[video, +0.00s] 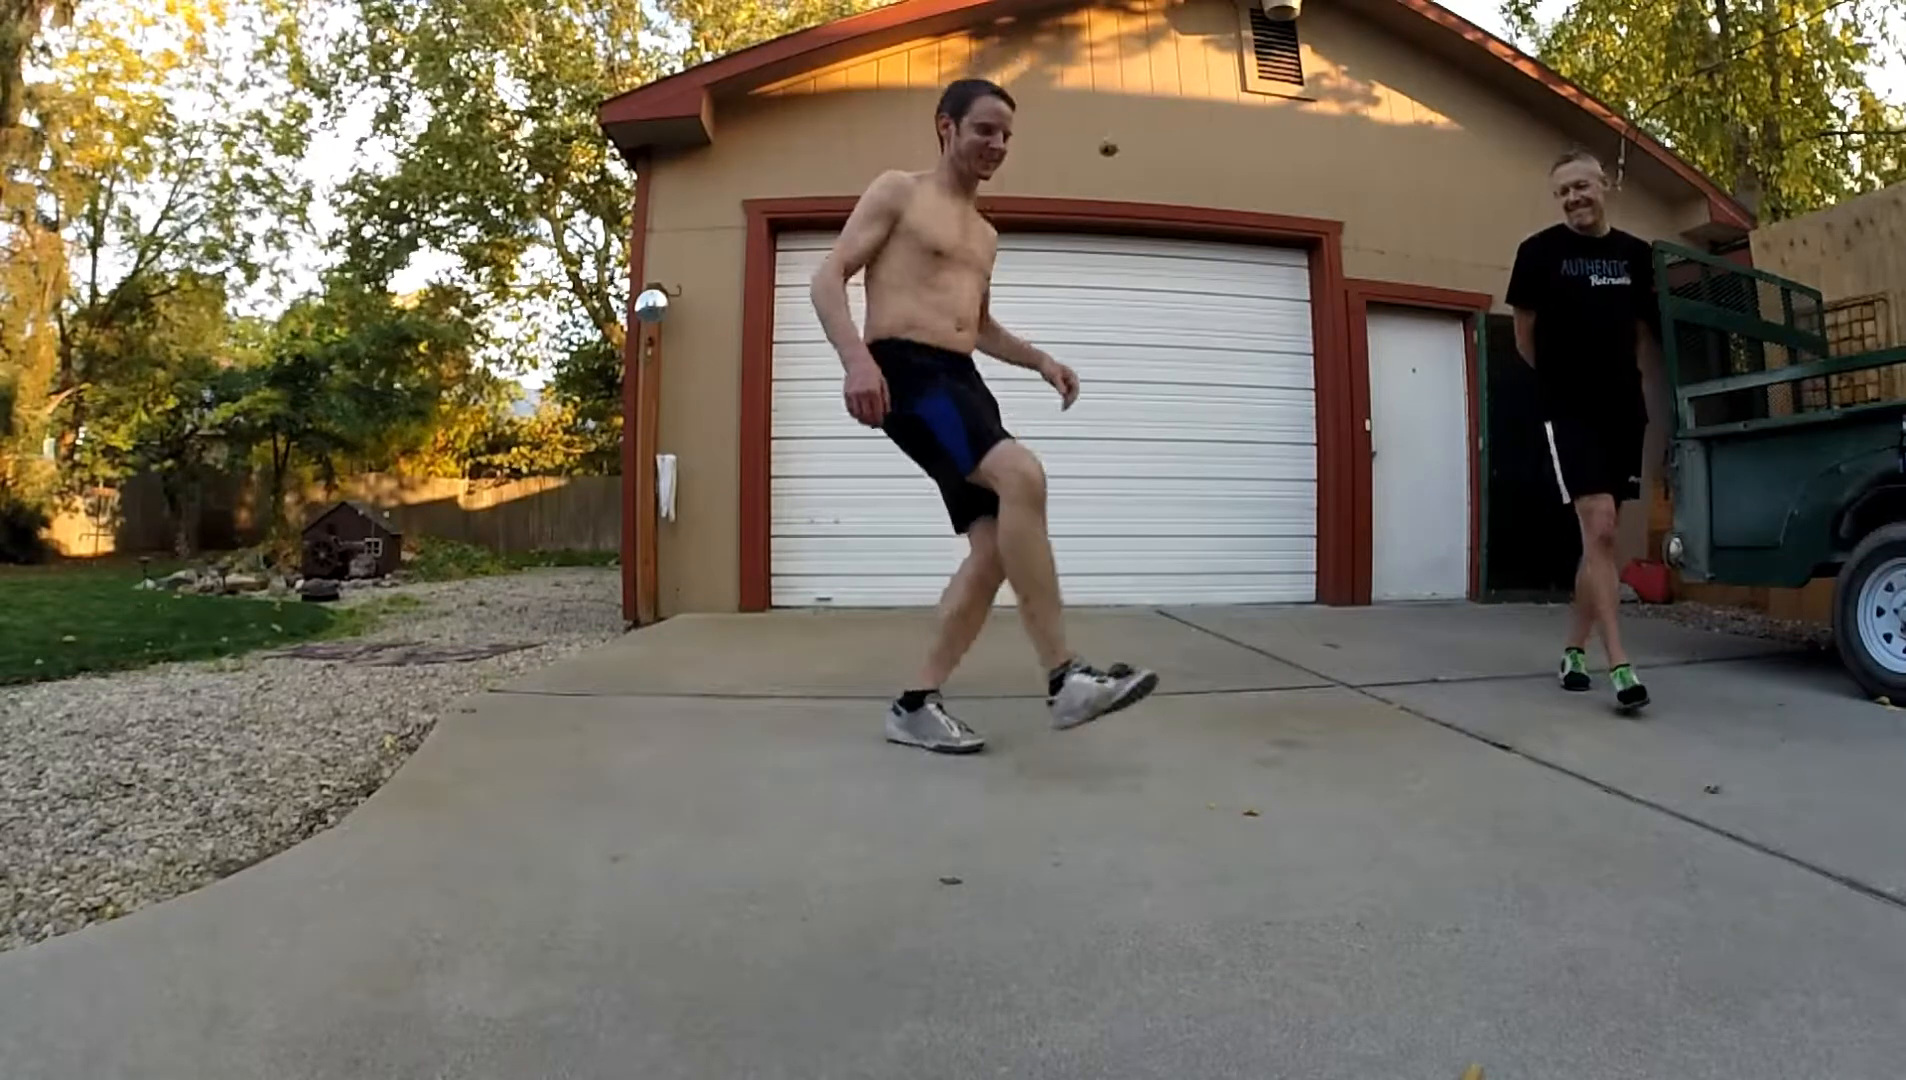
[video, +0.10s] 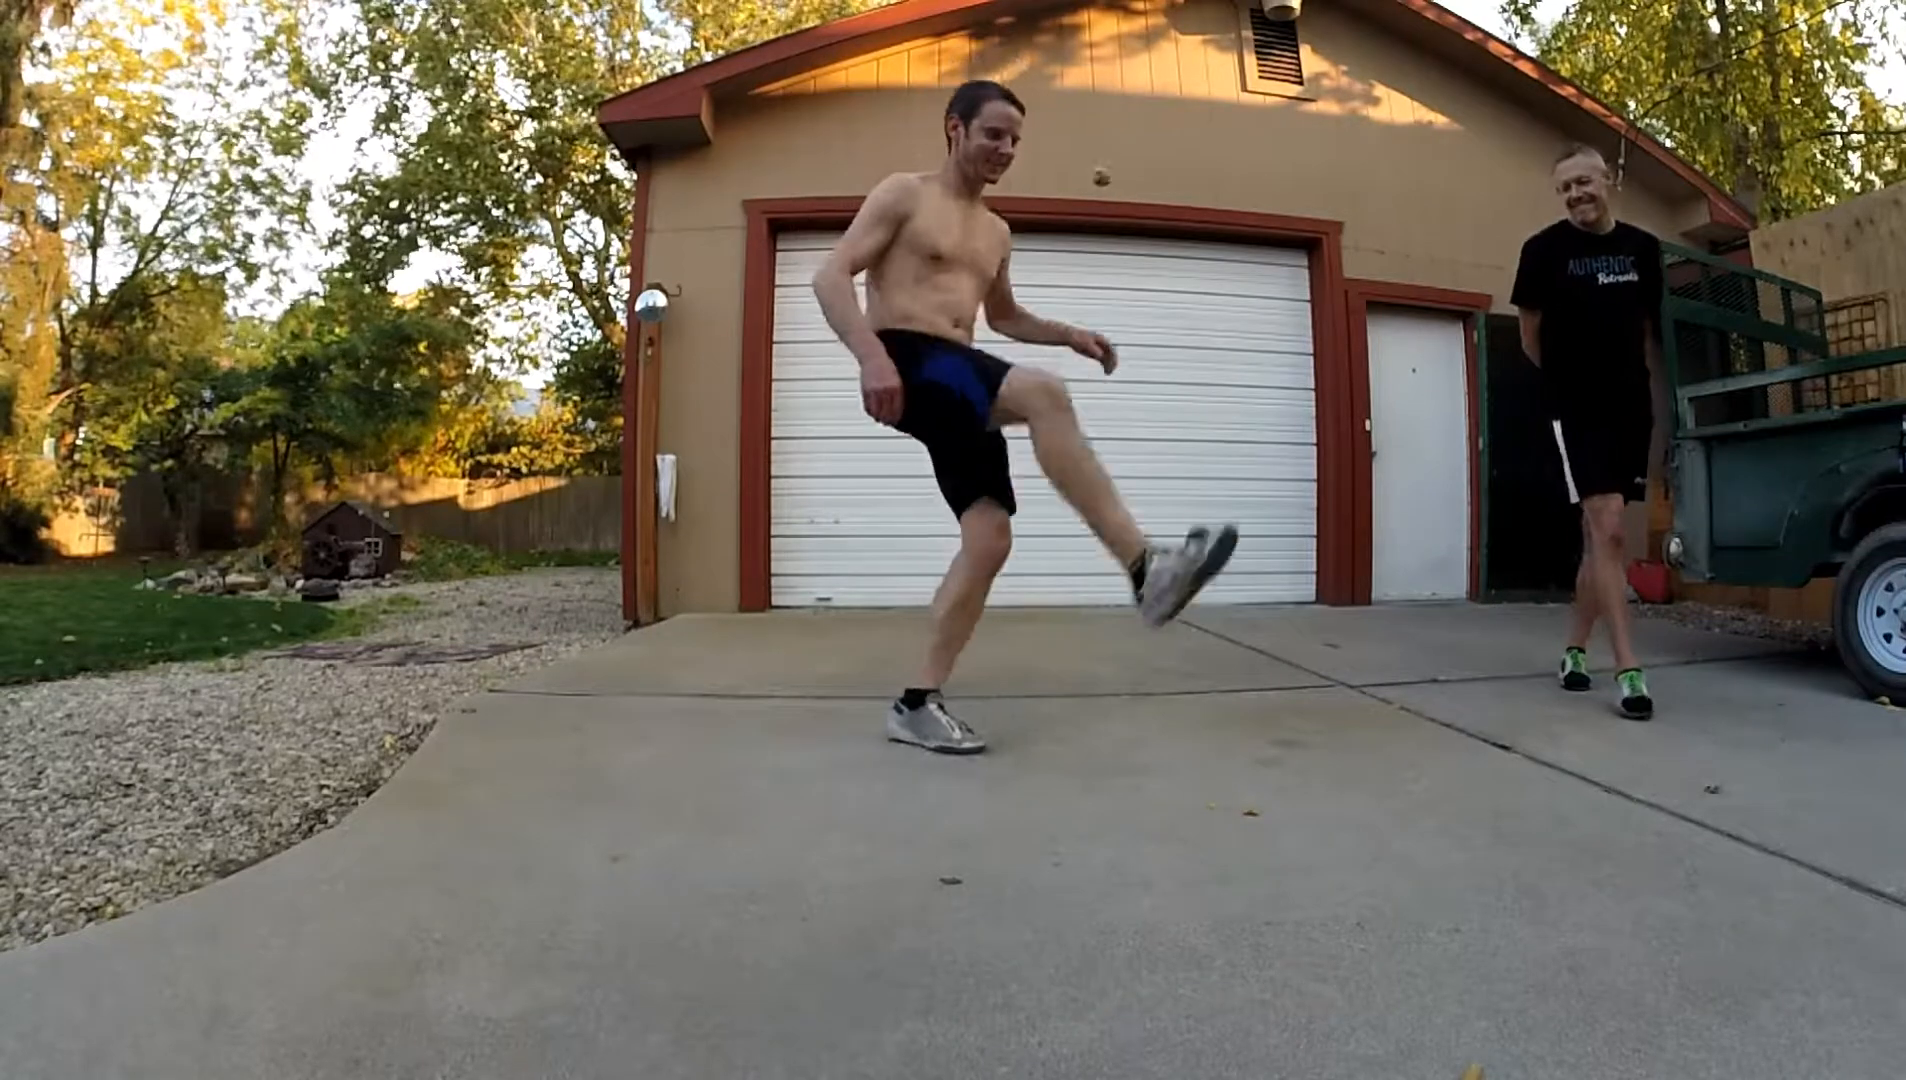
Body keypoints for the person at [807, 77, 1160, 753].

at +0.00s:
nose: (997, 144)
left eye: (1006, 135)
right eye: (985, 130)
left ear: (1009, 143)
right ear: (948, 129)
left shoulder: (984, 235)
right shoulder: (898, 190)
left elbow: (978, 325)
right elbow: (827, 278)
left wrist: (1040, 360)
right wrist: (856, 360)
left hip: (959, 377)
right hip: (906, 368)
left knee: (992, 551)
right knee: (1020, 476)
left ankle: (918, 702)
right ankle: (1063, 680)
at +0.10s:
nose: (1005, 150)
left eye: (1014, 140)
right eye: (994, 134)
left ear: (1017, 146)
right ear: (955, 130)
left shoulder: (995, 232)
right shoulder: (904, 192)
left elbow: (1003, 315)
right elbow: (829, 277)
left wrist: (1070, 335)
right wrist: (869, 354)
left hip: (957, 369)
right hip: (904, 355)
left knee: (987, 538)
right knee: (1042, 393)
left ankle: (918, 702)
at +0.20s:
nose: (1026, 133)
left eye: (1034, 123)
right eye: (1015, 118)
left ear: (1036, 125)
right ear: (974, 110)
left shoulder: (1008, 202)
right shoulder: (922, 169)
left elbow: (986, 284)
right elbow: (851, 246)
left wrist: (1053, 300)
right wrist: (905, 316)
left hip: (959, 357)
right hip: (900, 337)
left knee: (970, 515)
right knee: (1028, 274)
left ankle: (931, 688)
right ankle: (1124, 433)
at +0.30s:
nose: (1032, 120)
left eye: (1040, 111)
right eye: (1022, 105)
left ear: (1043, 116)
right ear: (983, 97)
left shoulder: (1014, 188)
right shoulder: (930, 154)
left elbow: (983, 266)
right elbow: (860, 226)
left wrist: (1036, 296)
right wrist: (919, 279)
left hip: (962, 346)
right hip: (902, 325)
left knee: (977, 498)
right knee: (1025, 278)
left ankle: (954, 671)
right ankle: (1060, 467)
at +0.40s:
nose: (1025, 128)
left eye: (1034, 119)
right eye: (1014, 113)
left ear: (1038, 125)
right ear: (979, 109)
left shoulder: (1014, 202)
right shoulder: (931, 164)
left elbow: (983, 284)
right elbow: (856, 238)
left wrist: (1035, 327)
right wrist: (898, 287)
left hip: (964, 348)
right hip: (912, 333)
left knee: (988, 517)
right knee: (1028, 387)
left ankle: (954, 681)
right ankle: (1026, 580)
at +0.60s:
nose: (1018, 169)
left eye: (1028, 159)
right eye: (1007, 154)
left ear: (1033, 164)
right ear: (973, 148)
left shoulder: (1013, 250)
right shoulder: (924, 206)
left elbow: (1005, 337)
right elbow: (843, 276)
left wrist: (1057, 360)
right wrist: (863, 338)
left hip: (967, 382)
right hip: (913, 367)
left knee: (1009, 535)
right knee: (1030, 429)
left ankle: (947, 690)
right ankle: (1088, 618)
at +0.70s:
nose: (1026, 153)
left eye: (1036, 143)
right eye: (1015, 138)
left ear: (1043, 148)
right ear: (982, 130)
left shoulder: (1020, 224)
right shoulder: (927, 186)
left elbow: (1016, 299)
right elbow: (839, 250)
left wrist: (1052, 320)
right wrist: (866, 301)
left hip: (960, 370)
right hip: (903, 350)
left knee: (976, 521)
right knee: (1022, 318)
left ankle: (951, 686)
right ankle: (1102, 479)